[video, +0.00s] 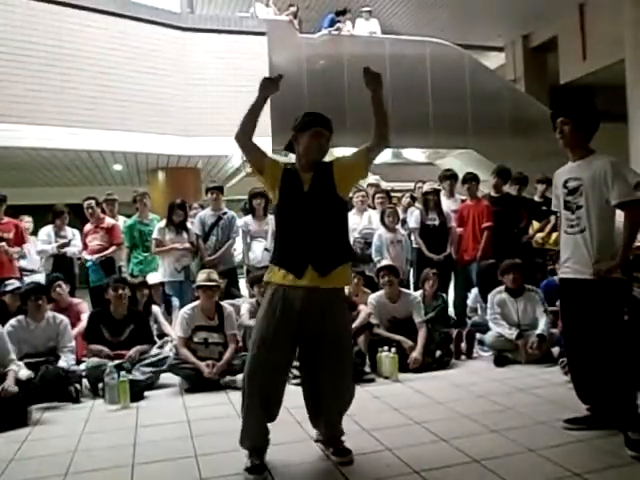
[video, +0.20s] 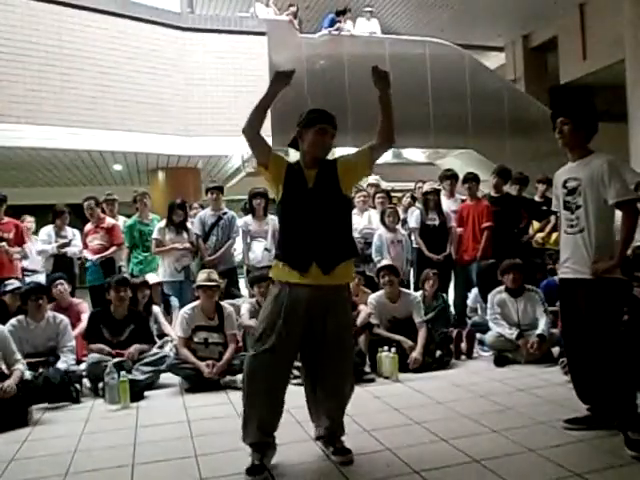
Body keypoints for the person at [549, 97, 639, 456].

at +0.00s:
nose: (561, 133)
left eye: (566, 127)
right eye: (558, 128)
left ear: (585, 130)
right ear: (558, 134)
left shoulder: (607, 166)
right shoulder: (560, 175)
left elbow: (632, 211)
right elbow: (562, 220)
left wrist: (622, 259)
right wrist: (560, 256)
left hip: (604, 275)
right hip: (571, 275)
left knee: (607, 346)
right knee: (578, 346)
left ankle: (620, 412)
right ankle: (597, 409)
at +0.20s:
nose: (560, 132)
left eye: (566, 126)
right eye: (558, 127)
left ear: (585, 130)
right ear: (558, 134)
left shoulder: (605, 164)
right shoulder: (561, 175)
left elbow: (630, 211)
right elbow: (563, 218)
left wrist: (618, 258)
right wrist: (555, 250)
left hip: (602, 274)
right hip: (570, 274)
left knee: (606, 345)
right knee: (577, 345)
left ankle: (620, 412)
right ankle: (597, 409)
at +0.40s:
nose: (558, 130)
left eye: (564, 124)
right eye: (557, 125)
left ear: (584, 129)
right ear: (558, 131)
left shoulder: (605, 165)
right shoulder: (562, 176)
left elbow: (628, 212)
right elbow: (563, 221)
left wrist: (616, 258)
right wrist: (561, 257)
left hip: (601, 276)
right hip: (571, 276)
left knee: (606, 345)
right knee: (577, 345)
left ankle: (620, 411)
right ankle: (596, 408)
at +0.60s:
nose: (559, 133)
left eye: (564, 127)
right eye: (557, 128)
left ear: (583, 130)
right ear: (558, 134)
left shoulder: (605, 165)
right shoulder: (562, 175)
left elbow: (628, 211)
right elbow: (564, 221)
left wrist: (616, 259)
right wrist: (559, 257)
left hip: (600, 275)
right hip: (570, 275)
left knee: (605, 345)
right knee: (577, 345)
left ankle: (618, 411)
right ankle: (597, 408)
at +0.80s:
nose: (561, 136)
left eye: (565, 130)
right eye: (558, 132)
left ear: (583, 129)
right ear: (558, 136)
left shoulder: (607, 166)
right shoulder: (564, 174)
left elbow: (631, 213)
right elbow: (565, 219)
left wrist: (617, 259)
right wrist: (560, 256)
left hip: (602, 275)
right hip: (570, 275)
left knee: (605, 346)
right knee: (577, 346)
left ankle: (620, 413)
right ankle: (597, 409)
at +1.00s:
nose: (562, 139)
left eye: (566, 132)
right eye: (559, 134)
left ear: (583, 130)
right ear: (557, 136)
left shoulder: (607, 166)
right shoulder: (563, 174)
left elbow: (631, 213)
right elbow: (564, 220)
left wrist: (618, 259)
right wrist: (561, 257)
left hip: (601, 275)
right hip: (570, 275)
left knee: (605, 346)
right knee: (577, 346)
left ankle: (619, 412)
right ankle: (597, 409)